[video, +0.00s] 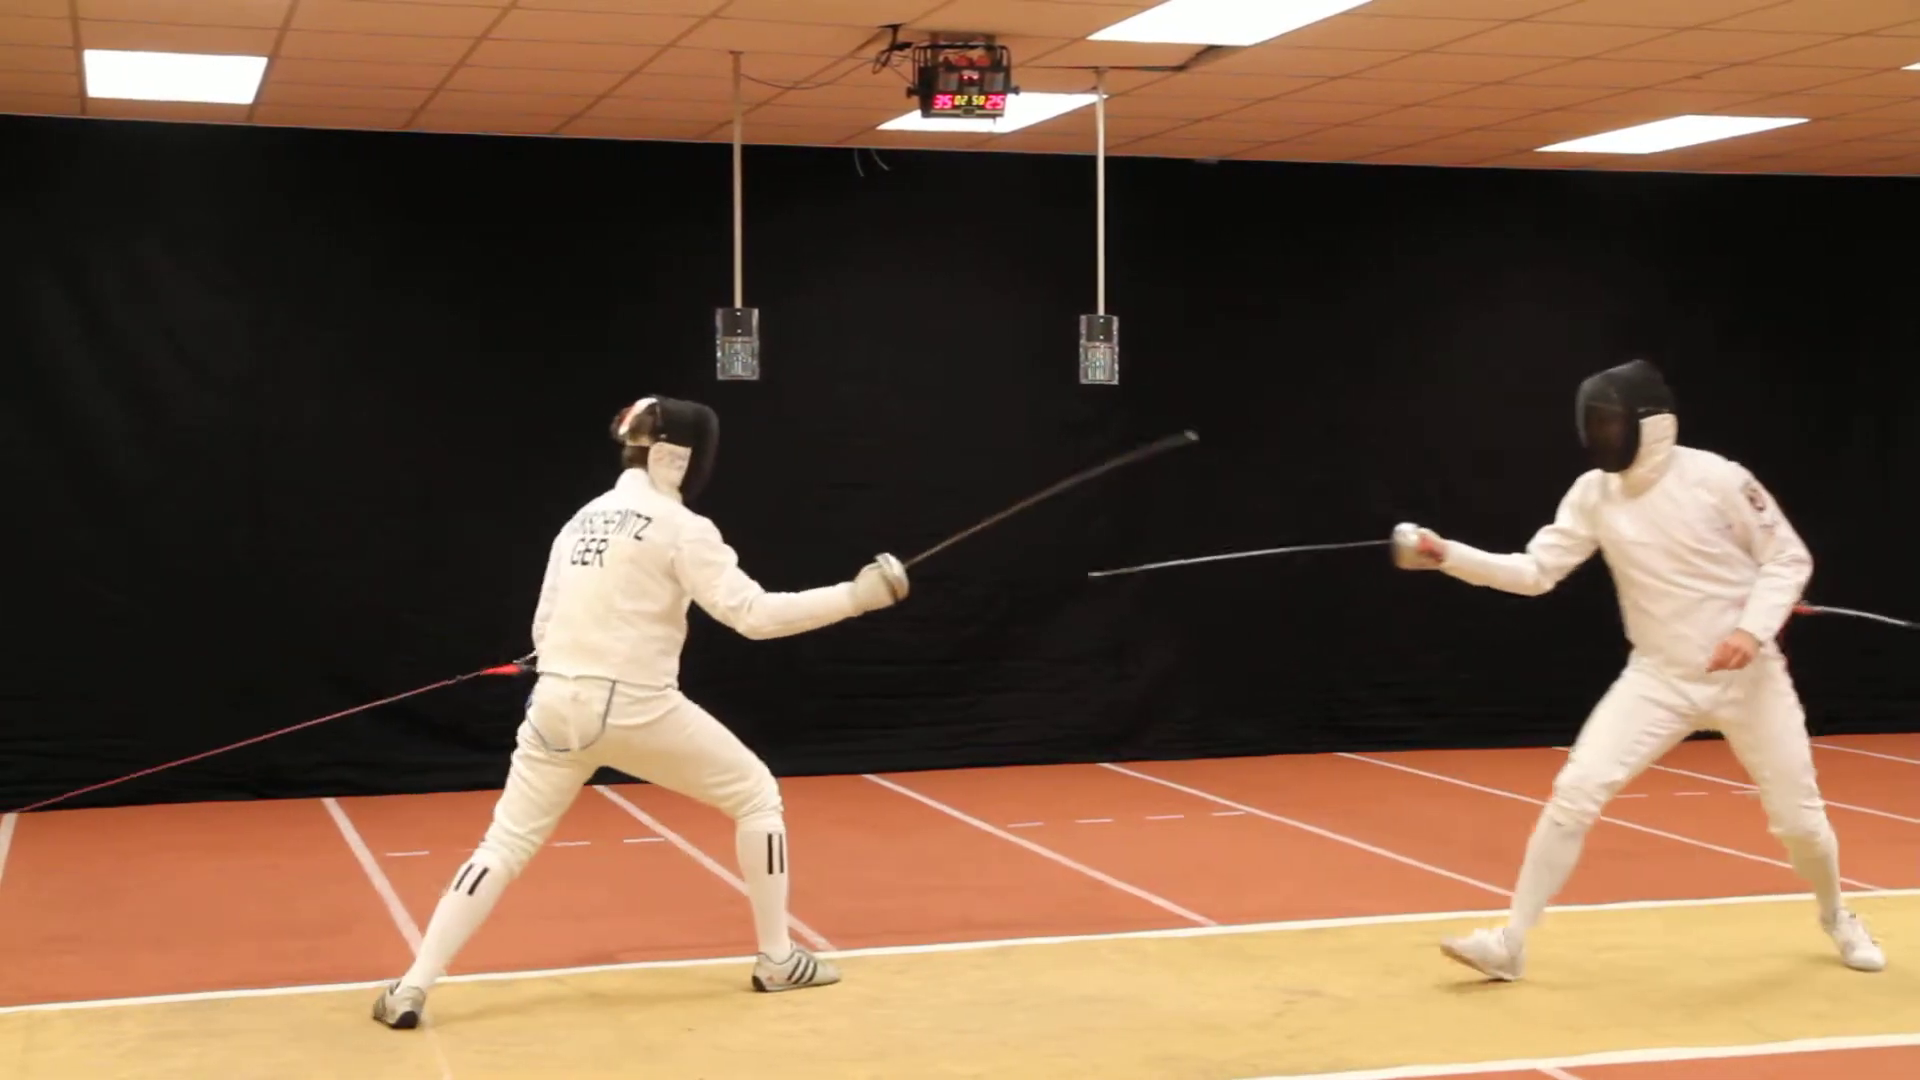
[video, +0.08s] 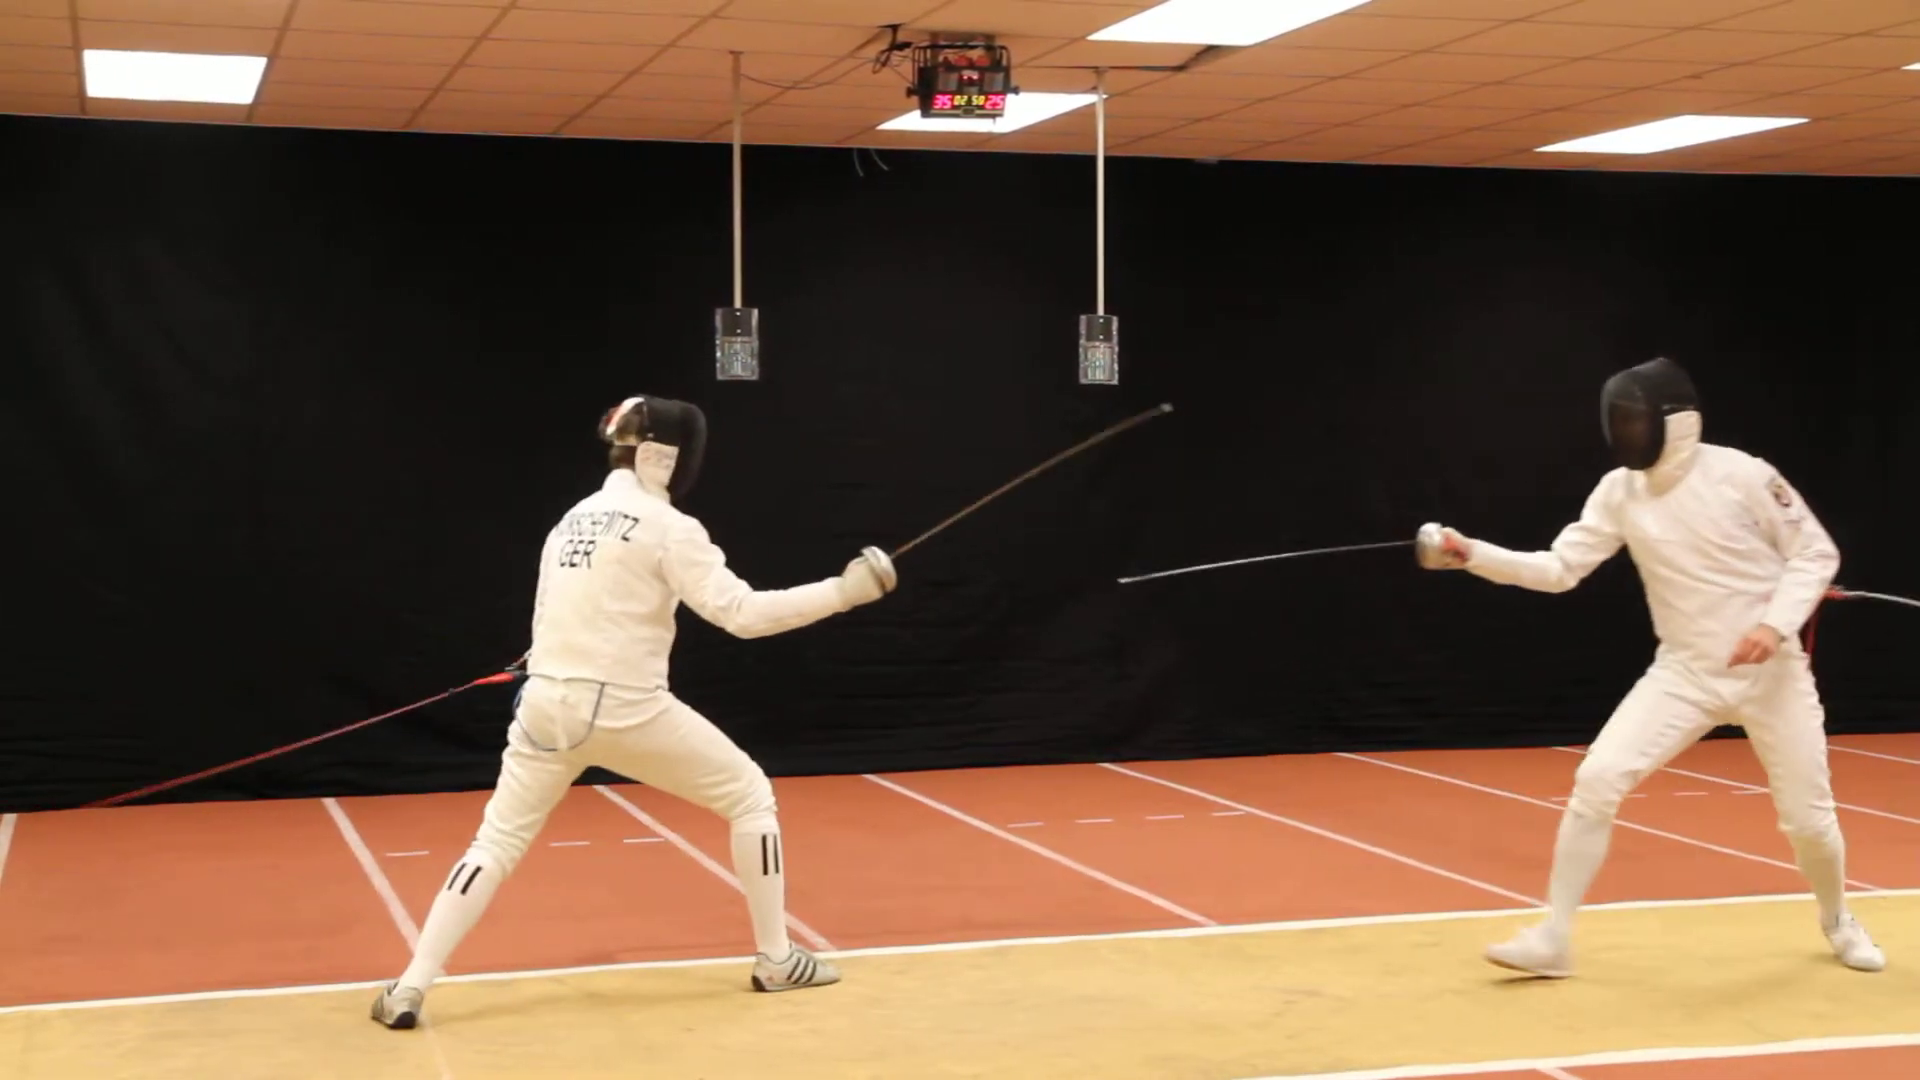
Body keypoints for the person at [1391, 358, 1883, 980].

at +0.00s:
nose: (1596, 436)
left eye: (1608, 422)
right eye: (1591, 423)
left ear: (1648, 423)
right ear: (1590, 429)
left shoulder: (1720, 481)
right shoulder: (1594, 496)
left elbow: (1789, 560)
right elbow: (1535, 572)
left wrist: (1751, 629)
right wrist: (1443, 554)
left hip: (1749, 678)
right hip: (1656, 680)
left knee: (1803, 826)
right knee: (1574, 793)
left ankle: (1836, 916)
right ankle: (1510, 939)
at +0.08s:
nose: (1617, 433)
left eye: (1630, 420)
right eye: (1614, 421)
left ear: (1675, 421)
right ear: (1618, 423)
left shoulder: (1743, 477)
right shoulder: (1619, 493)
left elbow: (1816, 555)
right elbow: (1559, 569)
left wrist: (1774, 626)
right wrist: (1468, 553)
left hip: (1772, 673)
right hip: (1682, 674)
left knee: (1811, 822)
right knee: (1596, 782)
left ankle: (1837, 921)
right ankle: (1553, 937)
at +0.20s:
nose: (1649, 428)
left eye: (1661, 415)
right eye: (1645, 416)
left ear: (1702, 415)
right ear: (1644, 419)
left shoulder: (1763, 475)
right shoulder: (1639, 490)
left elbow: (1838, 550)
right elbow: (1576, 564)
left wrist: (1799, 624)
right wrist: (1488, 546)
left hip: (1784, 674)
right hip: (1696, 672)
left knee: (1816, 823)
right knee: (1619, 782)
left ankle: (1838, 923)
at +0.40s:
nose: (1643, 427)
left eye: (1656, 414)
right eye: (1640, 415)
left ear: (1697, 415)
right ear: (1640, 417)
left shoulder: (1760, 476)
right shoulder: (1634, 488)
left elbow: (1828, 552)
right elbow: (1570, 562)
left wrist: (1797, 631)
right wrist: (1482, 539)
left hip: (1777, 672)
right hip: (1689, 668)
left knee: (1813, 821)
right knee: (1605, 767)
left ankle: (1833, 924)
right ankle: (1580, 924)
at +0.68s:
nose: (1575, 450)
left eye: (1587, 437)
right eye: (1571, 437)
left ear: (1631, 438)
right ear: (1573, 441)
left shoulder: (1695, 494)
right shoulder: (1569, 505)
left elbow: (1758, 577)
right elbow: (1494, 573)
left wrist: (1734, 659)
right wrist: (1401, 558)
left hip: (1718, 689)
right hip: (1625, 689)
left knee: (1791, 828)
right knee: (1532, 781)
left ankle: (1811, 922)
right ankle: (1509, 942)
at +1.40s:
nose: (1545, 447)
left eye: (1557, 433)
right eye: (1540, 434)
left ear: (1598, 432)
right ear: (1538, 439)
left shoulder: (1672, 487)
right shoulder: (1548, 504)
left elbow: (1743, 564)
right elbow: (1481, 576)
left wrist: (1720, 647)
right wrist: (1394, 550)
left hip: (1705, 679)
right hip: (1615, 681)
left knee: (1759, 824)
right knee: (1526, 778)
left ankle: (1783, 923)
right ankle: (1496, 941)